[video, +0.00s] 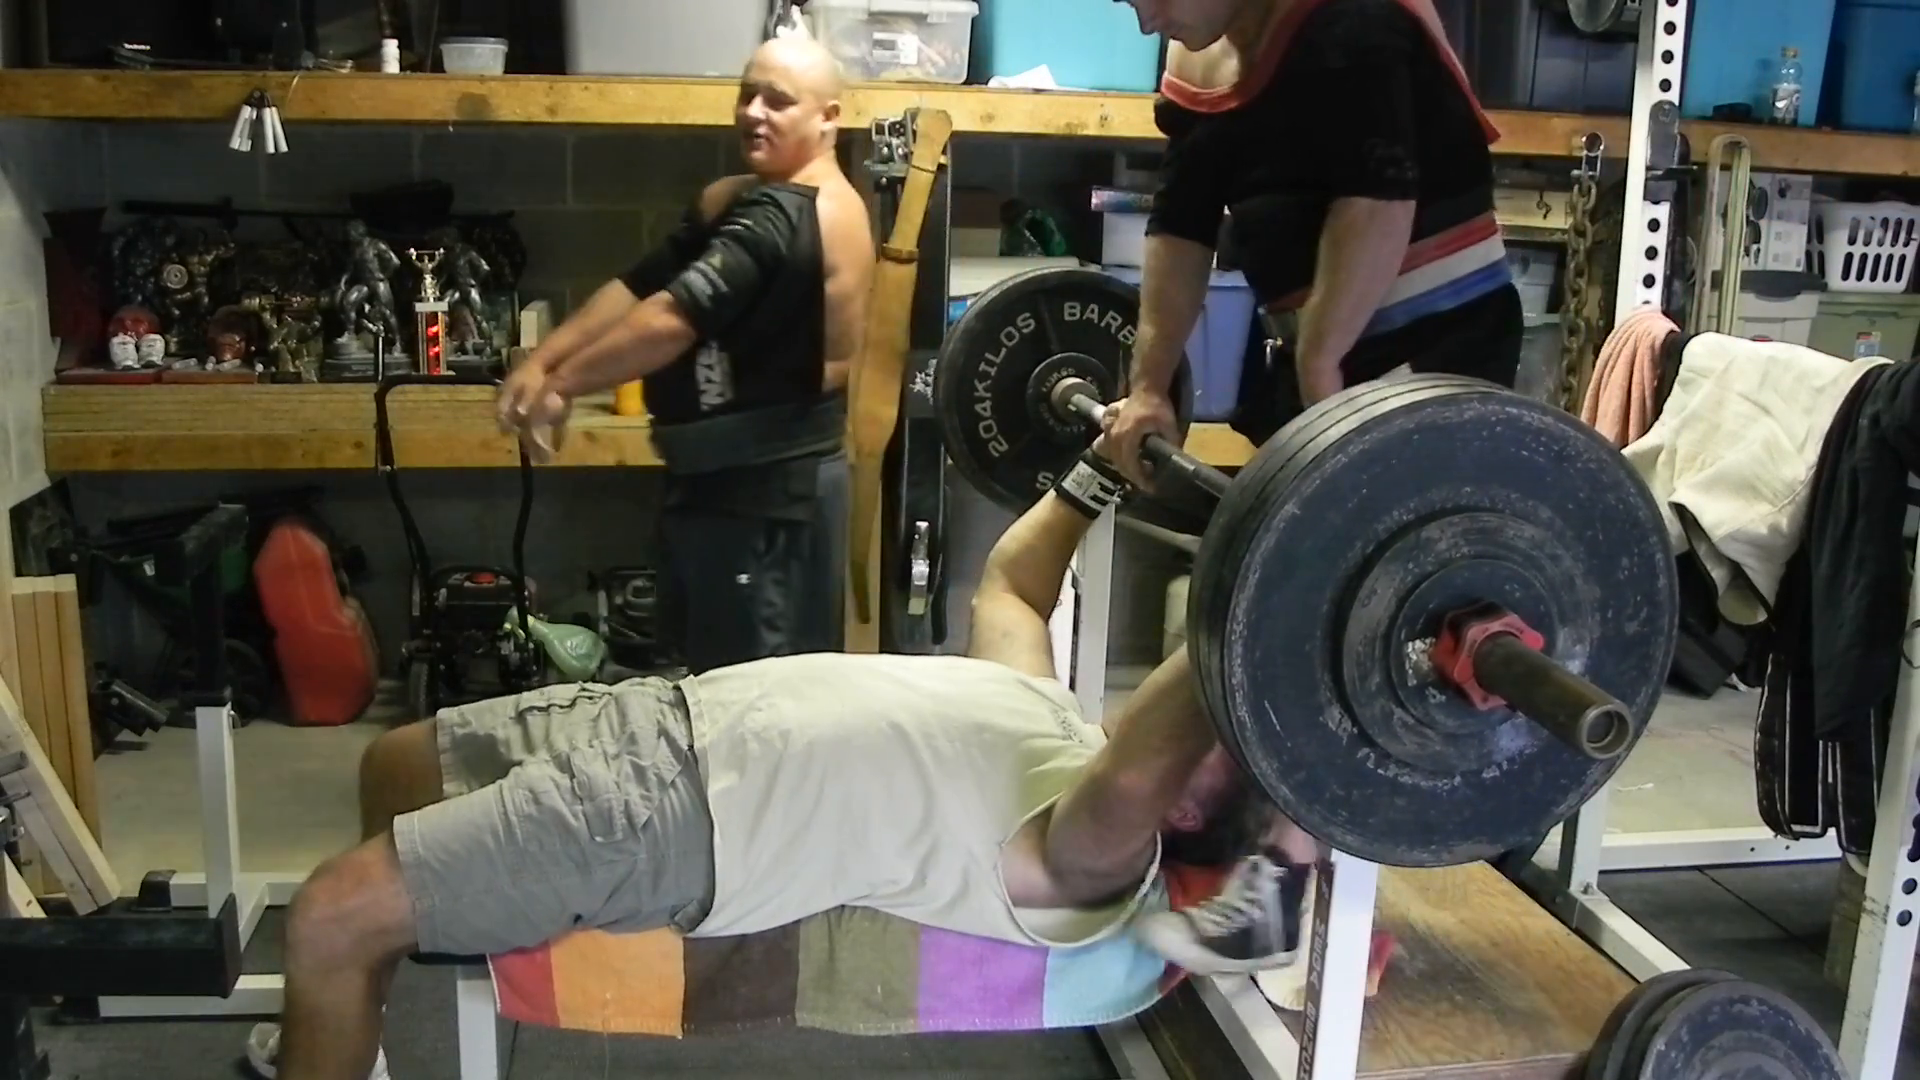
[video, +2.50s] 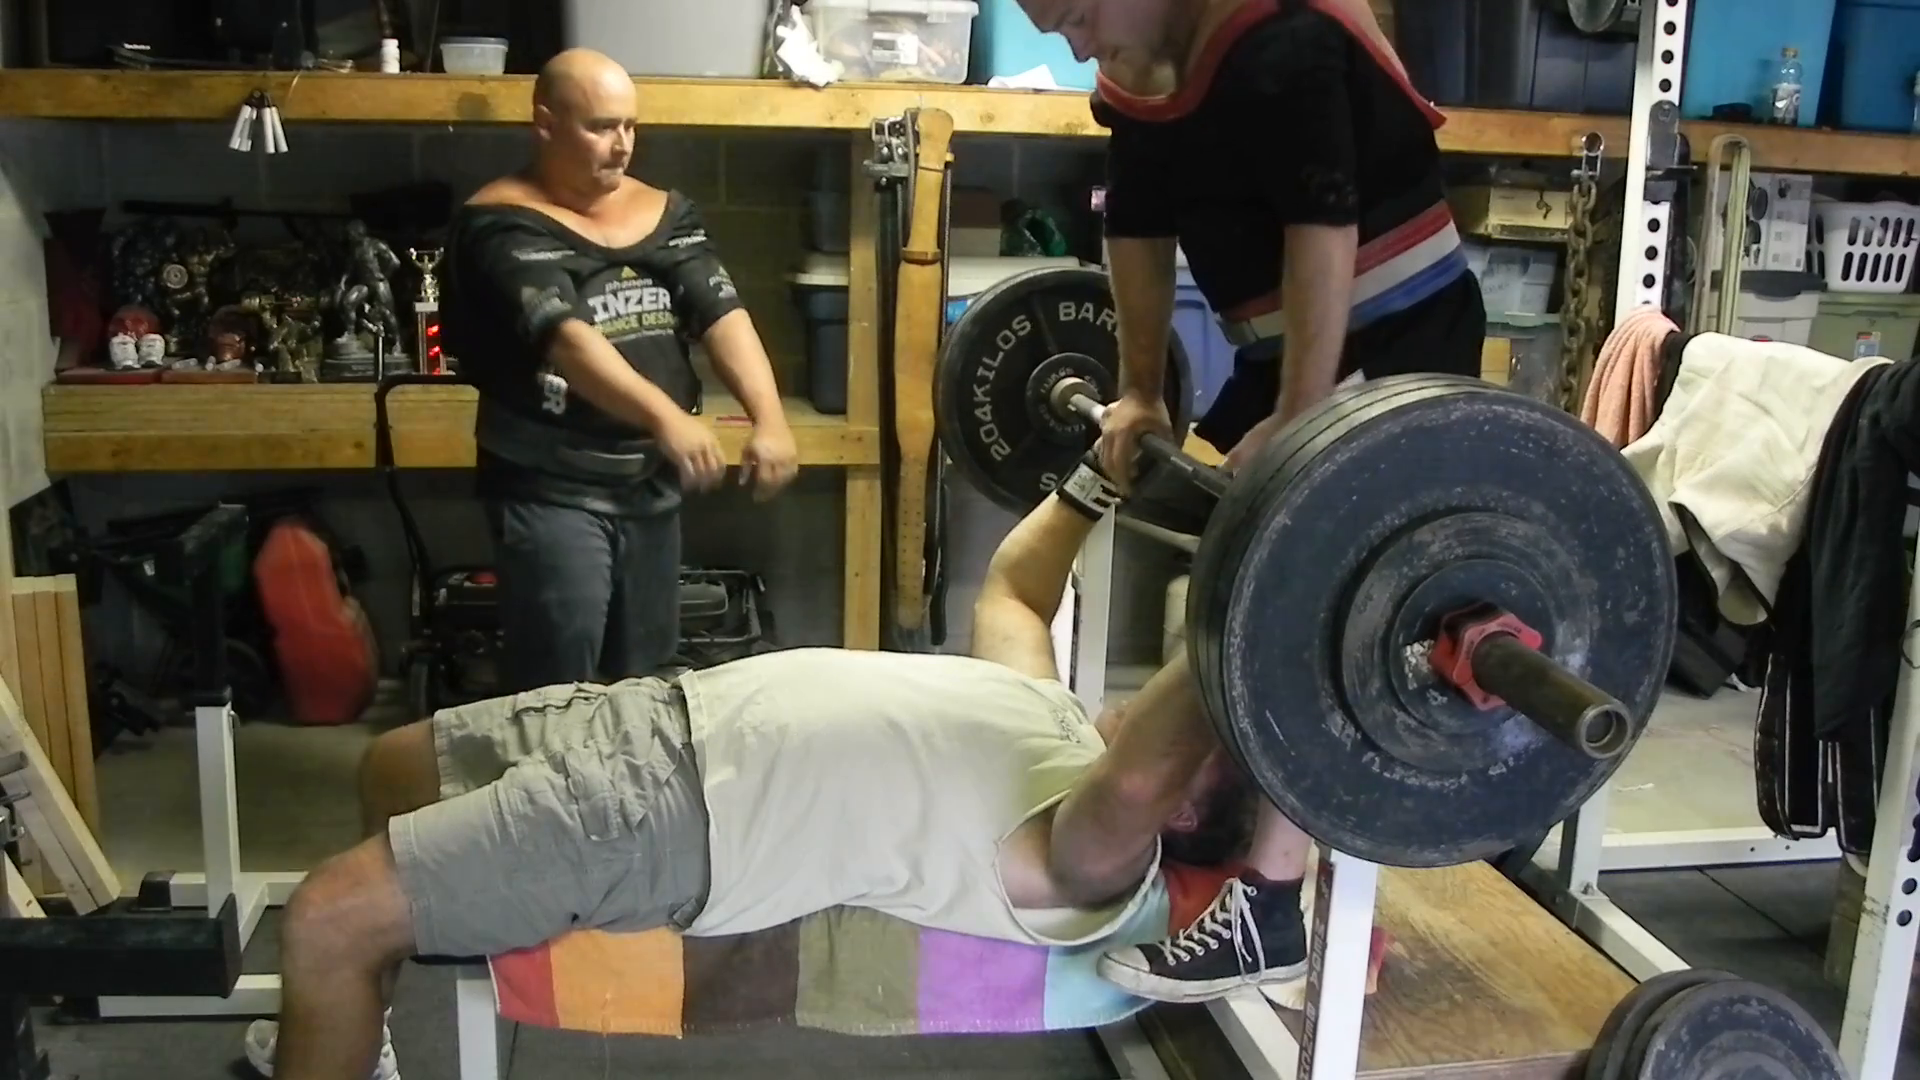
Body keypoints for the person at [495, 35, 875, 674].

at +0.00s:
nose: (753, 112)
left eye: (778, 100)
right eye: (749, 95)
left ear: (829, 118)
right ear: (737, 99)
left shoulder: (782, 213)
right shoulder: (743, 196)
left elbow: (678, 320)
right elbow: (641, 284)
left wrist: (562, 387)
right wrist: (540, 360)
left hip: (762, 494)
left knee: (748, 710)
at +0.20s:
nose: (730, 109)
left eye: (755, 98)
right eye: (723, 92)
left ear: (800, 116)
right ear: (707, 100)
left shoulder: (765, 210)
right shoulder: (691, 197)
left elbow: (658, 324)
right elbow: (597, 283)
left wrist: (542, 385)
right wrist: (507, 356)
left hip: (732, 496)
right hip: (659, 485)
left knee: (734, 714)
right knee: (637, 700)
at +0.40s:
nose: (693, 116)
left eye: (714, 104)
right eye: (679, 98)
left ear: (744, 122)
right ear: (654, 106)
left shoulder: (746, 212)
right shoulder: (600, 200)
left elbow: (671, 321)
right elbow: (529, 290)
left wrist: (549, 393)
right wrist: (452, 376)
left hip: (704, 509)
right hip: (587, 504)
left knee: (720, 726)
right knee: (568, 719)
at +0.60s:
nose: (621, 120)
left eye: (639, 107)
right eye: (604, 101)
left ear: (655, 123)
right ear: (568, 105)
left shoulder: (681, 212)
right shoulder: (500, 203)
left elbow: (678, 309)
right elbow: (459, 295)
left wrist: (629, 398)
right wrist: (434, 395)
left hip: (649, 507)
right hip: (519, 508)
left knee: (699, 713)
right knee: (521, 721)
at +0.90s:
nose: (528, 113)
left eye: (537, 98)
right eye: (506, 96)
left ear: (548, 104)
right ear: (456, 103)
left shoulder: (587, 194)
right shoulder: (417, 206)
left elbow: (646, 283)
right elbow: (456, 319)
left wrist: (678, 380)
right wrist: (536, 410)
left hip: (609, 494)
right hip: (485, 503)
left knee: (631, 698)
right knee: (489, 713)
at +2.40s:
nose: (621, 141)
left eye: (630, 122)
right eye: (602, 122)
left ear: (640, 120)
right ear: (549, 120)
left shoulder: (670, 208)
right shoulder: (503, 209)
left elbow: (721, 301)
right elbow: (543, 319)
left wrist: (762, 398)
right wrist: (646, 388)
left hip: (652, 488)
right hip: (546, 487)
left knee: (649, 687)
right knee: (553, 693)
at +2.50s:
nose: (623, 142)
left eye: (630, 124)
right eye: (603, 126)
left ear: (636, 120)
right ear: (545, 123)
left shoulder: (663, 210)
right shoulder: (501, 216)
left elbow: (721, 312)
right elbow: (560, 335)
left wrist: (770, 418)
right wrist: (666, 415)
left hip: (654, 494)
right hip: (554, 497)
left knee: (646, 696)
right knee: (559, 703)